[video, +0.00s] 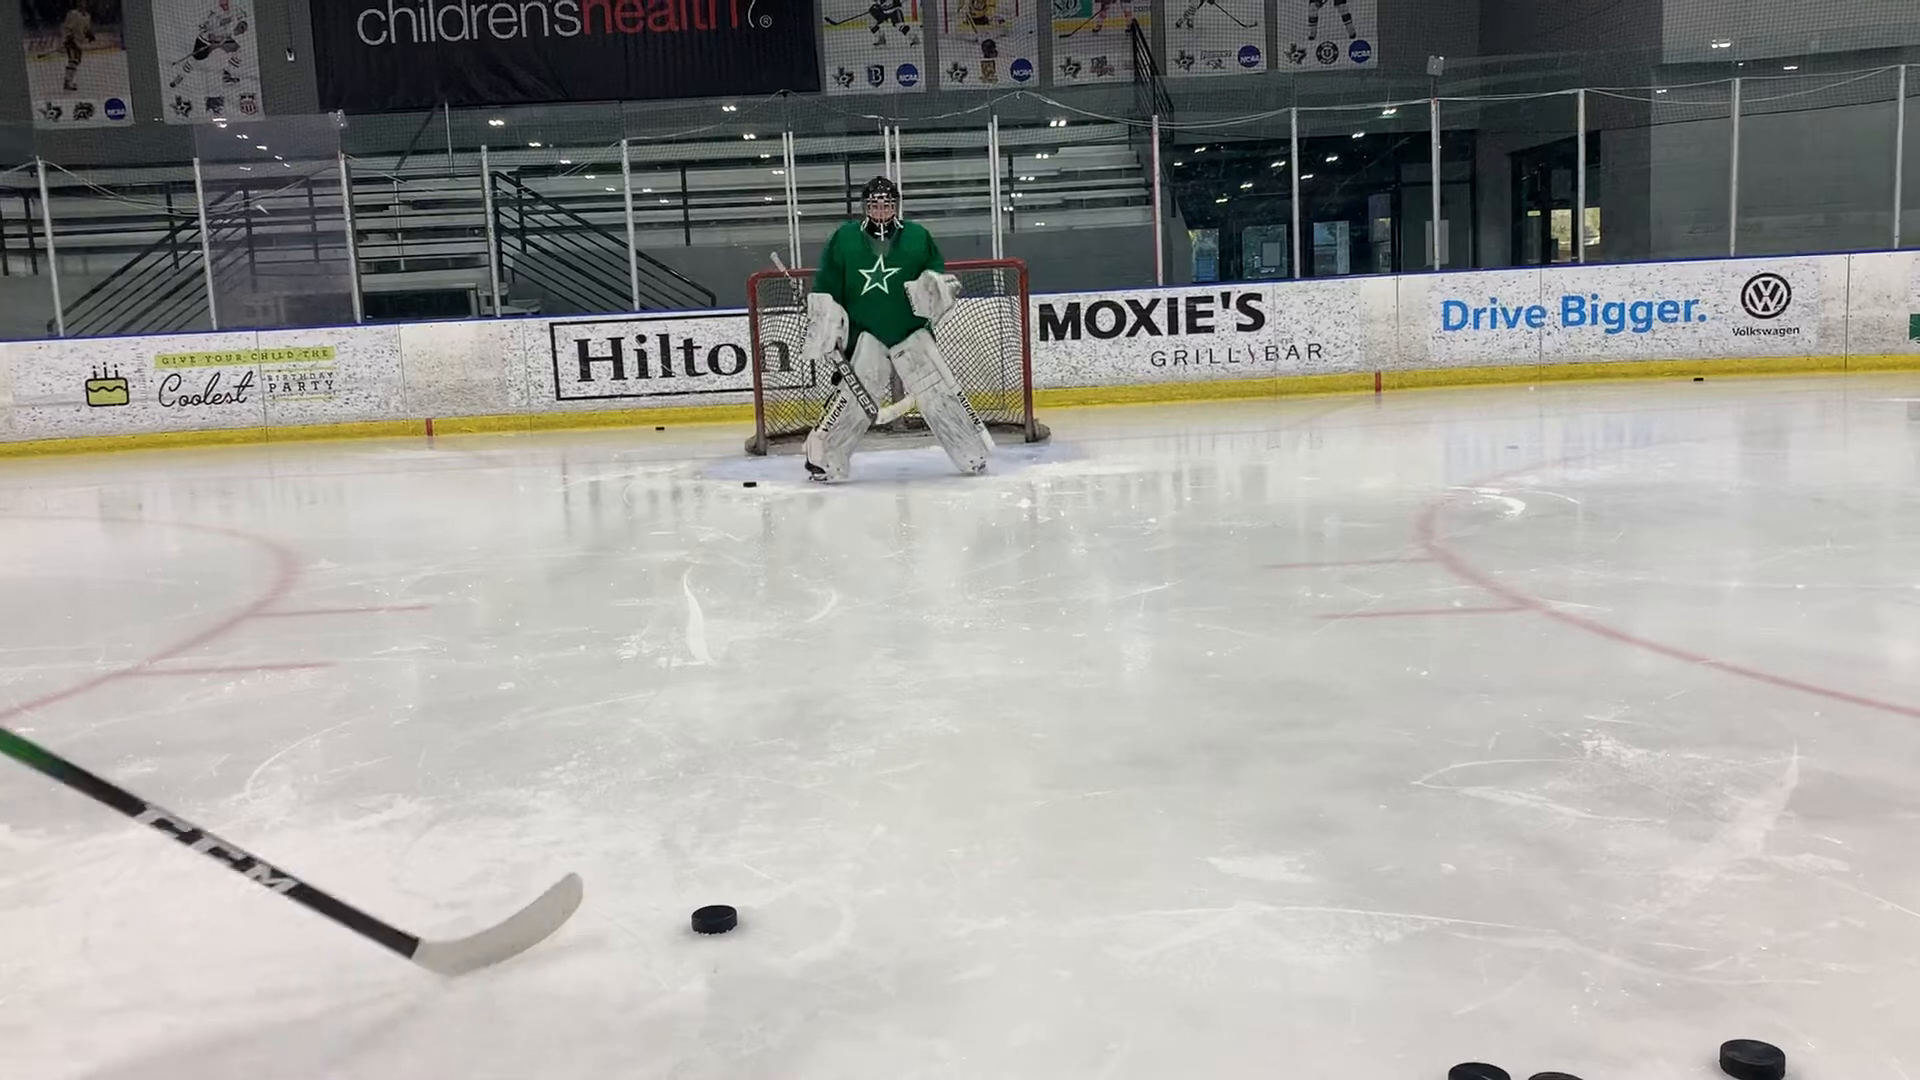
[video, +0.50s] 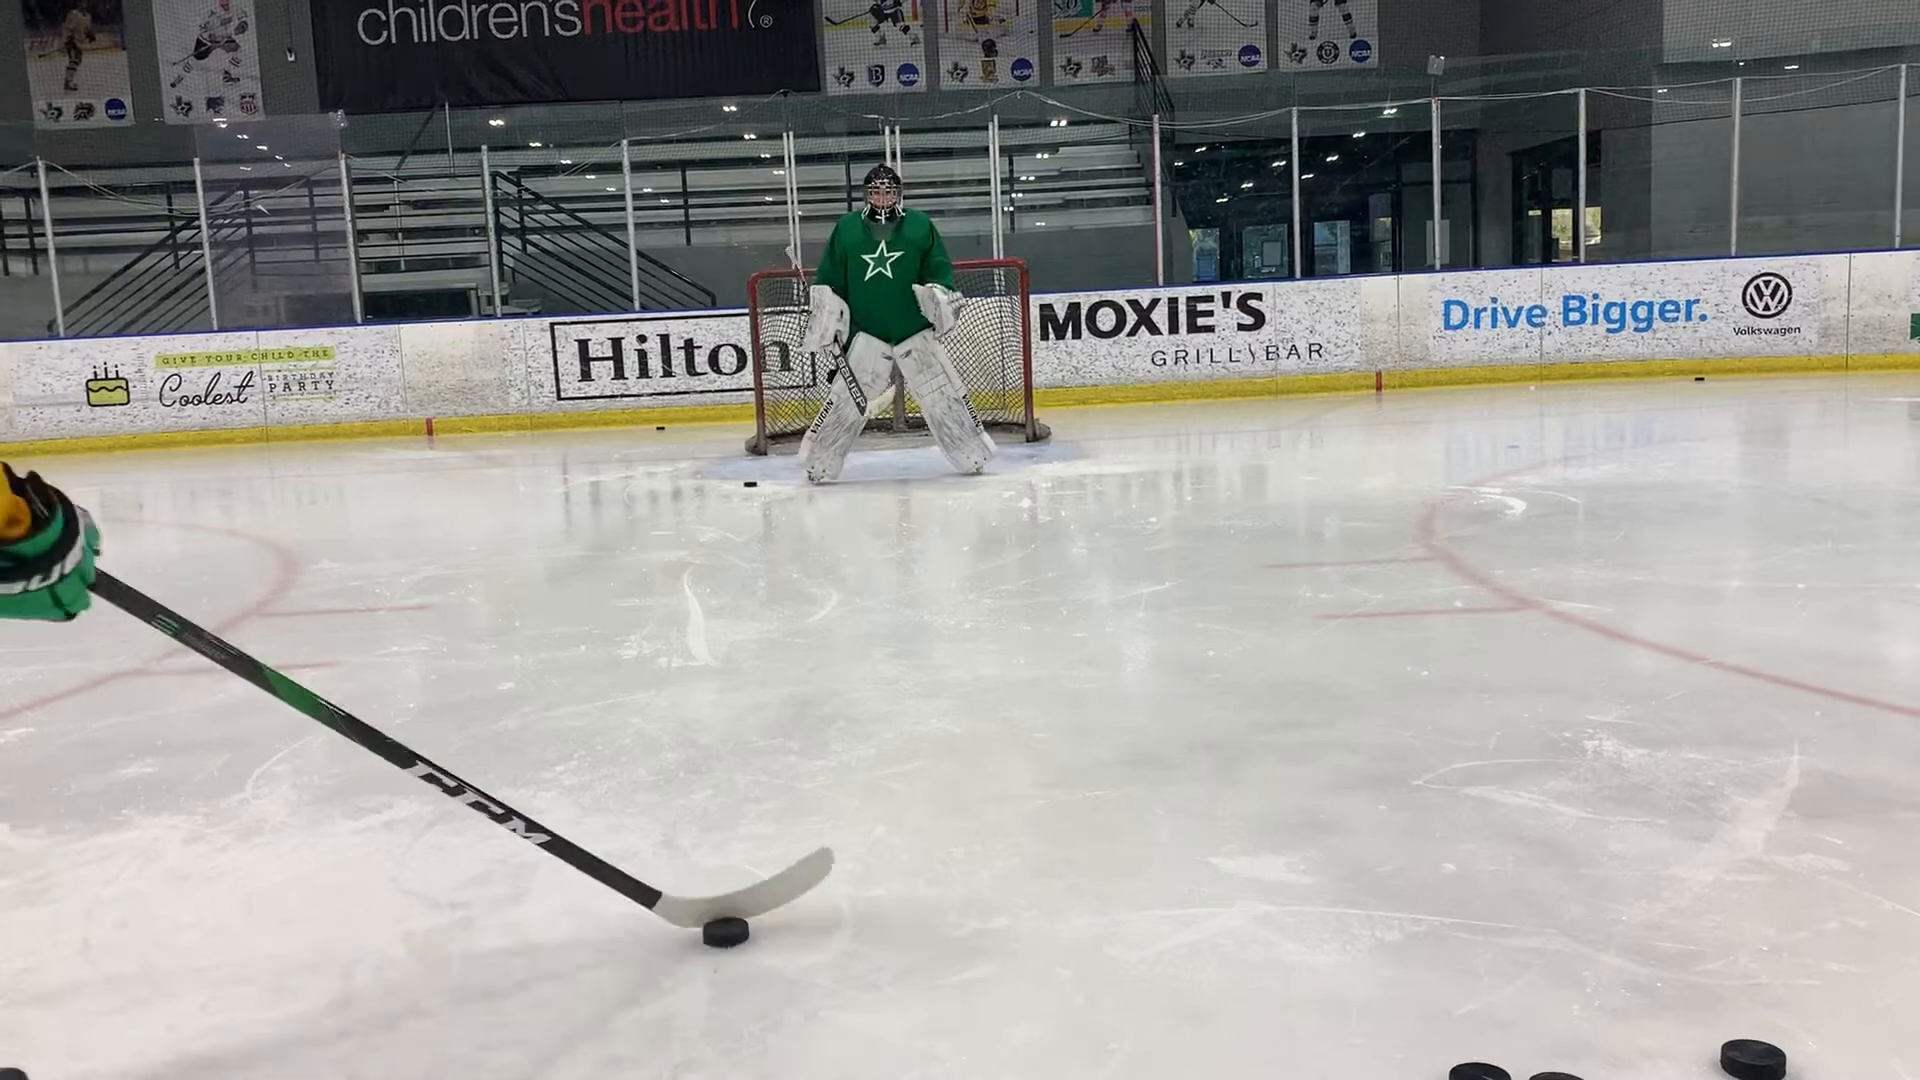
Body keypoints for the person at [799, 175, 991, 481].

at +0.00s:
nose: (881, 208)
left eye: (886, 202)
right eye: (875, 203)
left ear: (896, 205)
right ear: (865, 206)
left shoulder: (916, 235)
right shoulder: (846, 237)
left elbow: (938, 276)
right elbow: (827, 285)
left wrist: (931, 292)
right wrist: (826, 329)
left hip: (911, 330)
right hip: (865, 333)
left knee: (938, 393)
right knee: (854, 399)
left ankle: (972, 456)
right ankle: (825, 461)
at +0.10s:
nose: (880, 207)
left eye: (886, 201)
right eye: (875, 201)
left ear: (897, 203)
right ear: (865, 203)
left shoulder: (917, 233)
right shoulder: (846, 234)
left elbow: (937, 272)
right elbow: (827, 283)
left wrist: (931, 294)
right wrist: (827, 329)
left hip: (912, 332)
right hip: (864, 334)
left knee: (939, 395)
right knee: (851, 400)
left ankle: (971, 456)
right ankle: (825, 465)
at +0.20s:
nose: (880, 202)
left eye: (886, 196)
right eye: (875, 196)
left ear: (896, 199)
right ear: (865, 199)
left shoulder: (917, 229)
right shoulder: (846, 231)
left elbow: (938, 272)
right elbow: (828, 280)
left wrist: (932, 300)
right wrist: (828, 326)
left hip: (912, 329)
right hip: (865, 332)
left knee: (940, 394)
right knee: (848, 400)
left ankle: (972, 457)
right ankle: (822, 466)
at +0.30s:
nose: (881, 198)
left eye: (887, 193)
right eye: (876, 193)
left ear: (897, 196)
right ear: (865, 196)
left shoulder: (918, 226)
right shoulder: (847, 229)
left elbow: (938, 271)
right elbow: (828, 279)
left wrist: (935, 303)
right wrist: (828, 324)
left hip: (913, 329)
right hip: (866, 332)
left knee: (941, 394)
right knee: (848, 400)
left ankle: (974, 457)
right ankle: (822, 467)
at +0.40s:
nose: (882, 196)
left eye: (887, 190)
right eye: (876, 190)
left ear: (898, 193)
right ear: (866, 194)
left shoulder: (918, 225)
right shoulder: (847, 228)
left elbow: (940, 271)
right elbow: (828, 279)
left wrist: (936, 301)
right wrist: (827, 323)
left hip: (915, 330)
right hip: (867, 333)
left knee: (944, 395)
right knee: (846, 402)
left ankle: (974, 459)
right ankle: (821, 469)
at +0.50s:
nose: (882, 196)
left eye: (888, 190)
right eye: (877, 190)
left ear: (898, 193)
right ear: (867, 194)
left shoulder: (919, 225)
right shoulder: (848, 228)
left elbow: (940, 271)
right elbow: (829, 279)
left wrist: (937, 302)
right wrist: (827, 323)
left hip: (915, 329)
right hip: (867, 332)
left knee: (942, 396)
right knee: (846, 402)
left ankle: (971, 459)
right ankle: (821, 469)